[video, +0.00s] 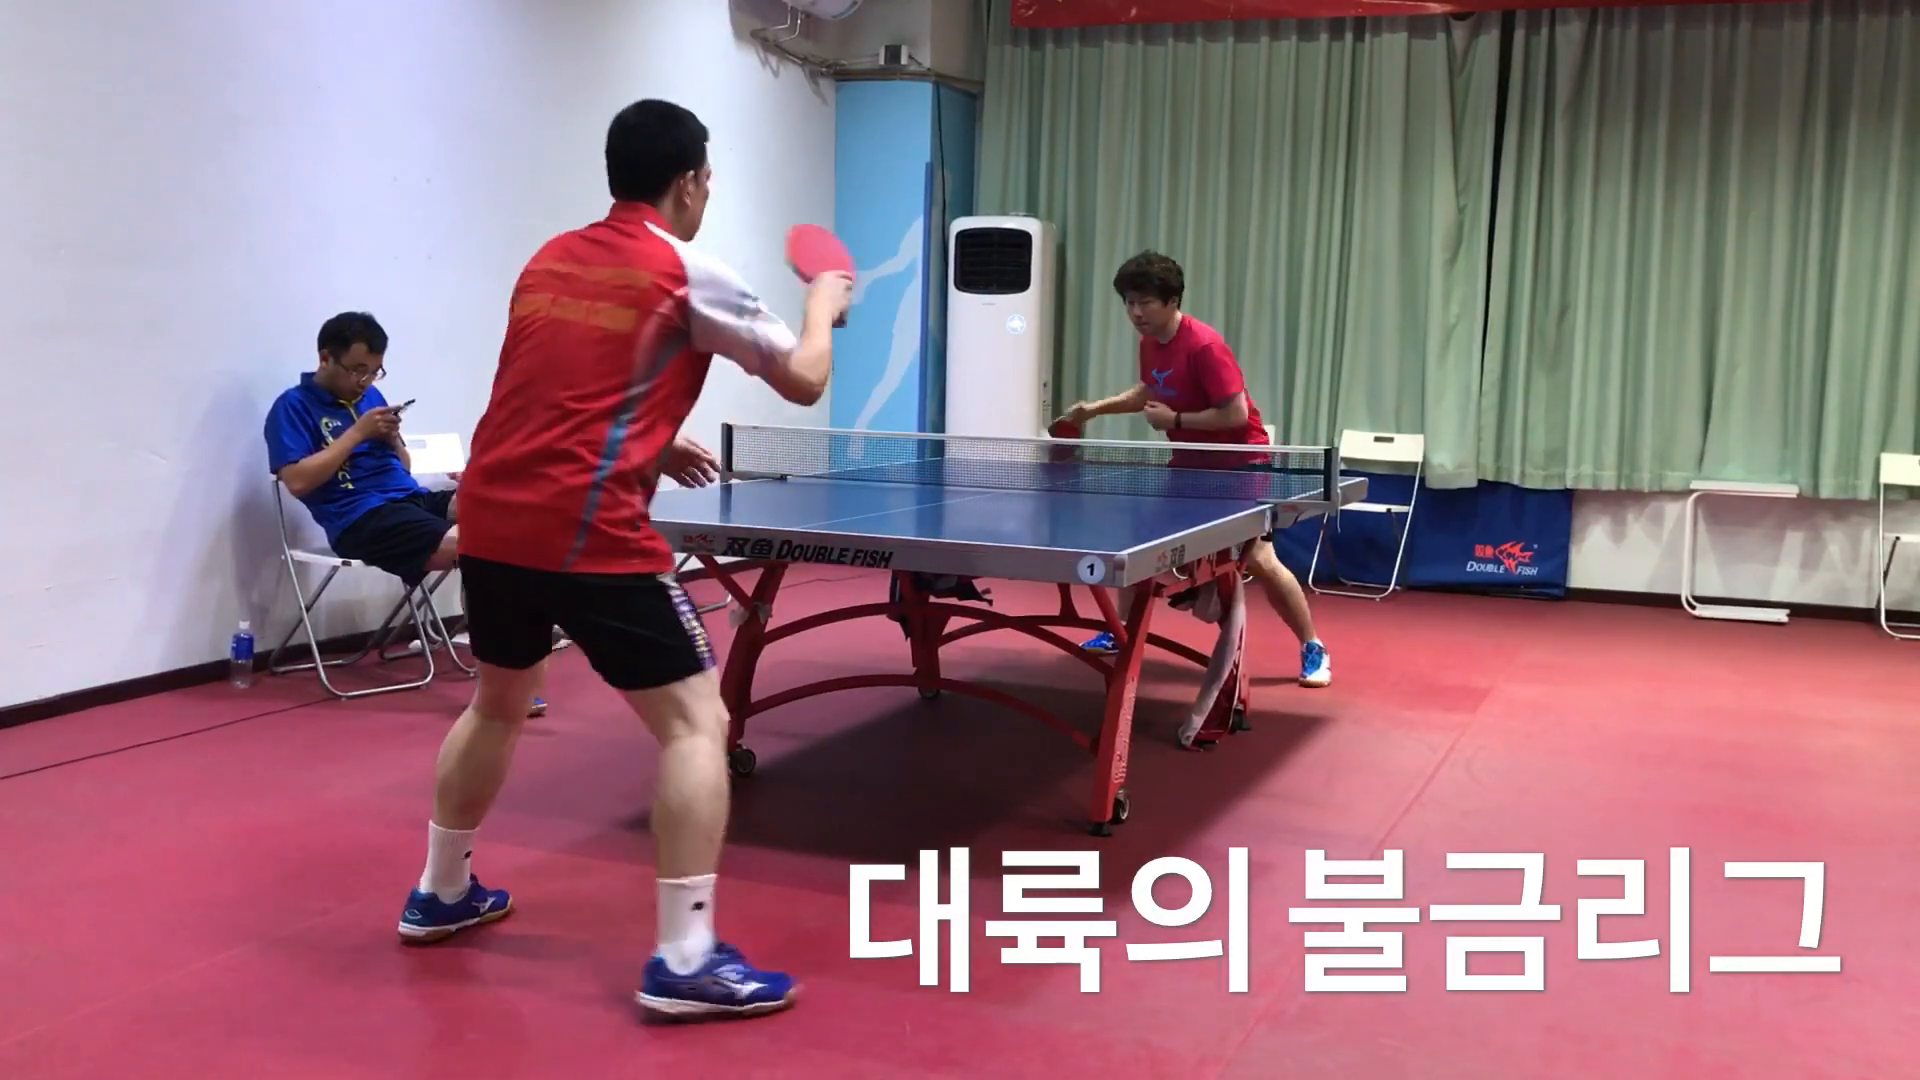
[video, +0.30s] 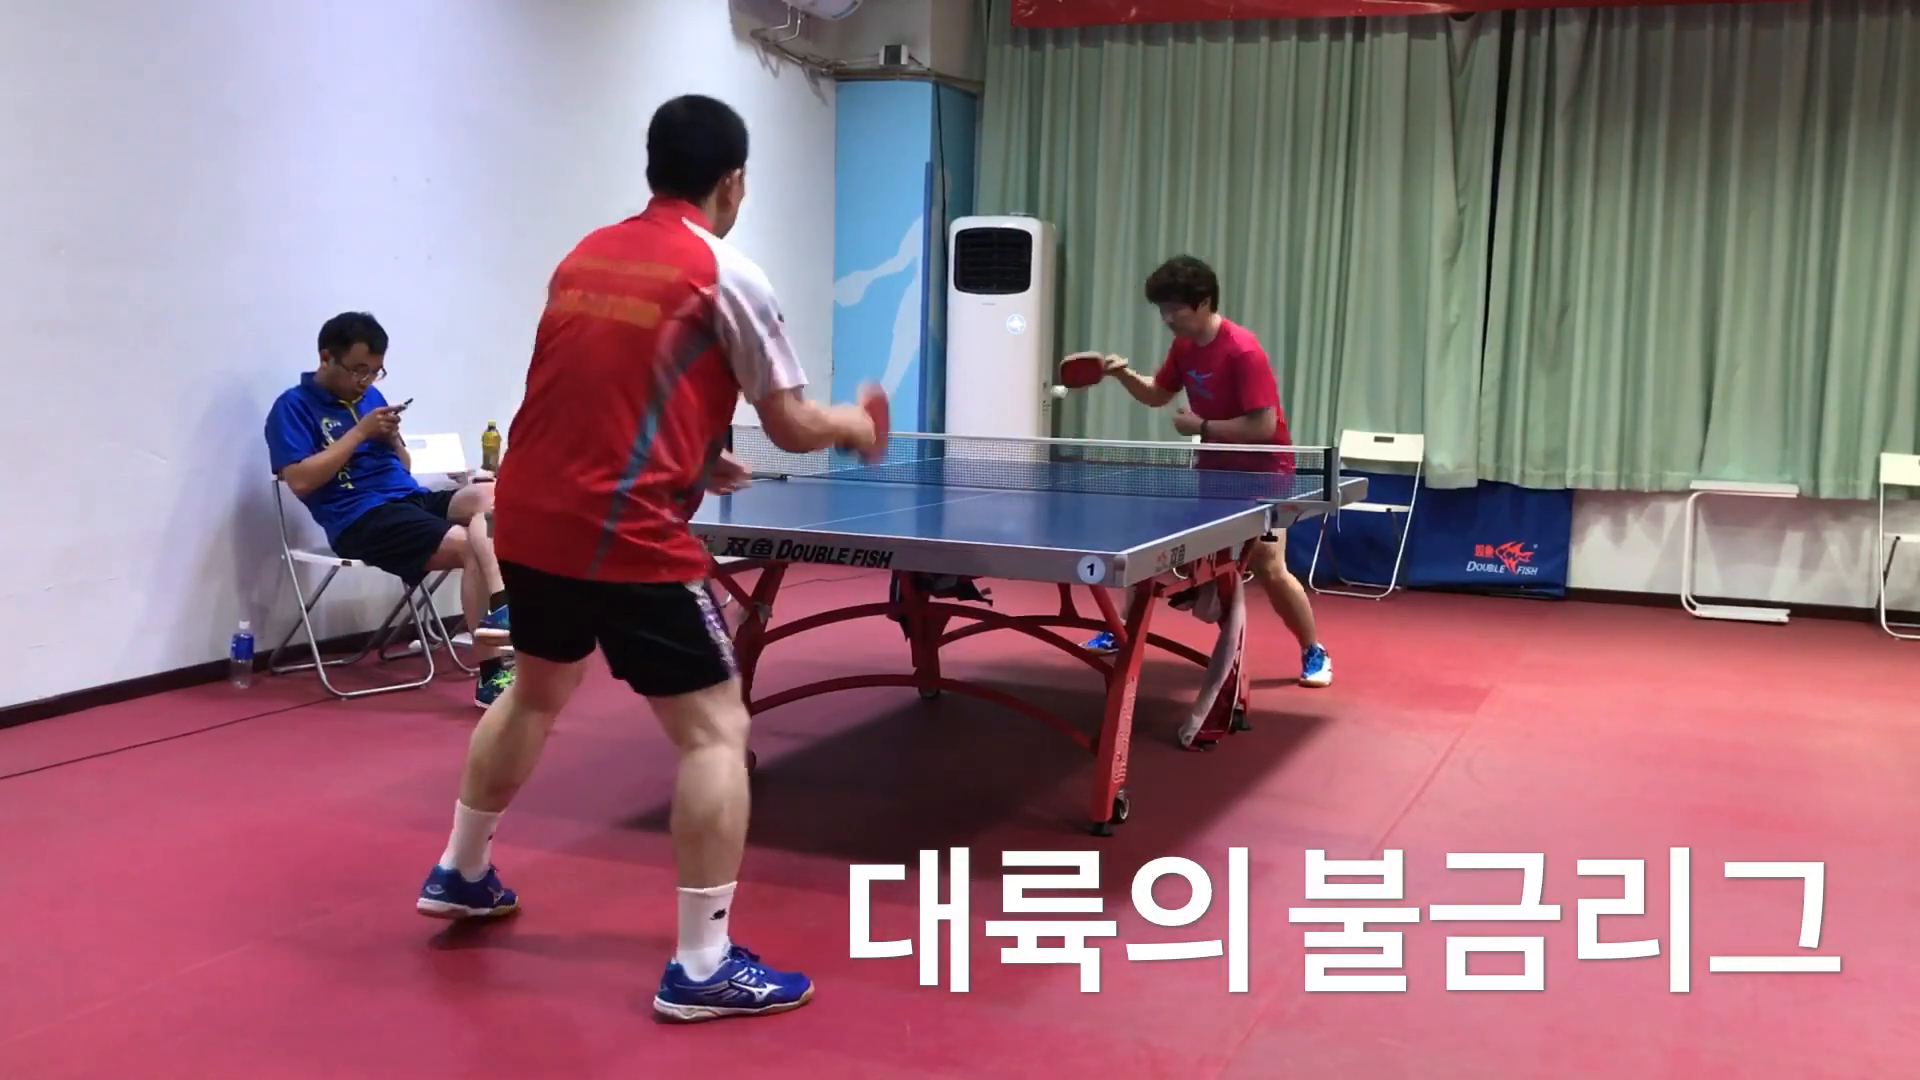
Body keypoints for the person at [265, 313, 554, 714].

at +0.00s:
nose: (366, 381)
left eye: (373, 372)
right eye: (357, 370)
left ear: (379, 367)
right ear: (324, 360)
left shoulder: (368, 396)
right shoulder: (293, 407)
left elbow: (403, 468)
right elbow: (297, 482)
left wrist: (392, 436)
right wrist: (357, 433)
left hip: (411, 502)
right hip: (365, 520)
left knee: (505, 516)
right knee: (480, 549)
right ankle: (512, 681)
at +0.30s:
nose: (367, 383)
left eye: (374, 373)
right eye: (359, 372)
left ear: (380, 366)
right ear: (326, 359)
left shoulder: (370, 397)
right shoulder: (291, 408)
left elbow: (404, 468)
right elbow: (301, 482)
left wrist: (393, 437)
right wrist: (360, 433)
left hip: (410, 500)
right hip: (364, 520)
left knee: (488, 495)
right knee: (475, 547)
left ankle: (501, 606)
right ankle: (492, 673)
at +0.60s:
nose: (368, 382)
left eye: (375, 372)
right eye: (359, 371)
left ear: (381, 364)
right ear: (326, 358)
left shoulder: (370, 397)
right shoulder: (291, 407)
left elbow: (404, 468)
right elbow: (300, 482)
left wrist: (393, 437)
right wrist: (360, 432)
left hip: (411, 500)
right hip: (363, 520)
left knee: (492, 501)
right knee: (477, 548)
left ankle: (495, 613)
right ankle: (493, 675)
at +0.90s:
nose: (365, 382)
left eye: (372, 372)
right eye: (357, 370)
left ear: (379, 367)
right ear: (326, 359)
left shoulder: (368, 396)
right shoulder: (292, 408)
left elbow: (404, 466)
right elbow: (299, 481)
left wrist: (392, 436)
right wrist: (359, 431)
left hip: (412, 502)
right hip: (365, 520)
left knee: (506, 530)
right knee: (483, 552)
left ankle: (511, 677)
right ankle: (507, 685)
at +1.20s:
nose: (365, 381)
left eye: (372, 371)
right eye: (357, 370)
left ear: (379, 366)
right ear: (325, 359)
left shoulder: (370, 397)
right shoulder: (292, 407)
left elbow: (404, 467)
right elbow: (296, 481)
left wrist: (393, 435)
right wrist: (356, 430)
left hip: (411, 501)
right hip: (364, 520)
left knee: (498, 513)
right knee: (478, 546)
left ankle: (516, 667)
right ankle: (492, 678)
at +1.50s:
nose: (365, 382)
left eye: (373, 372)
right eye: (357, 371)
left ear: (379, 366)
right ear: (325, 359)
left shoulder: (370, 397)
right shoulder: (291, 408)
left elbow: (403, 469)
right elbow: (297, 483)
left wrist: (393, 436)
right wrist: (356, 432)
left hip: (411, 501)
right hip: (364, 520)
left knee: (499, 518)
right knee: (472, 551)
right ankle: (493, 673)